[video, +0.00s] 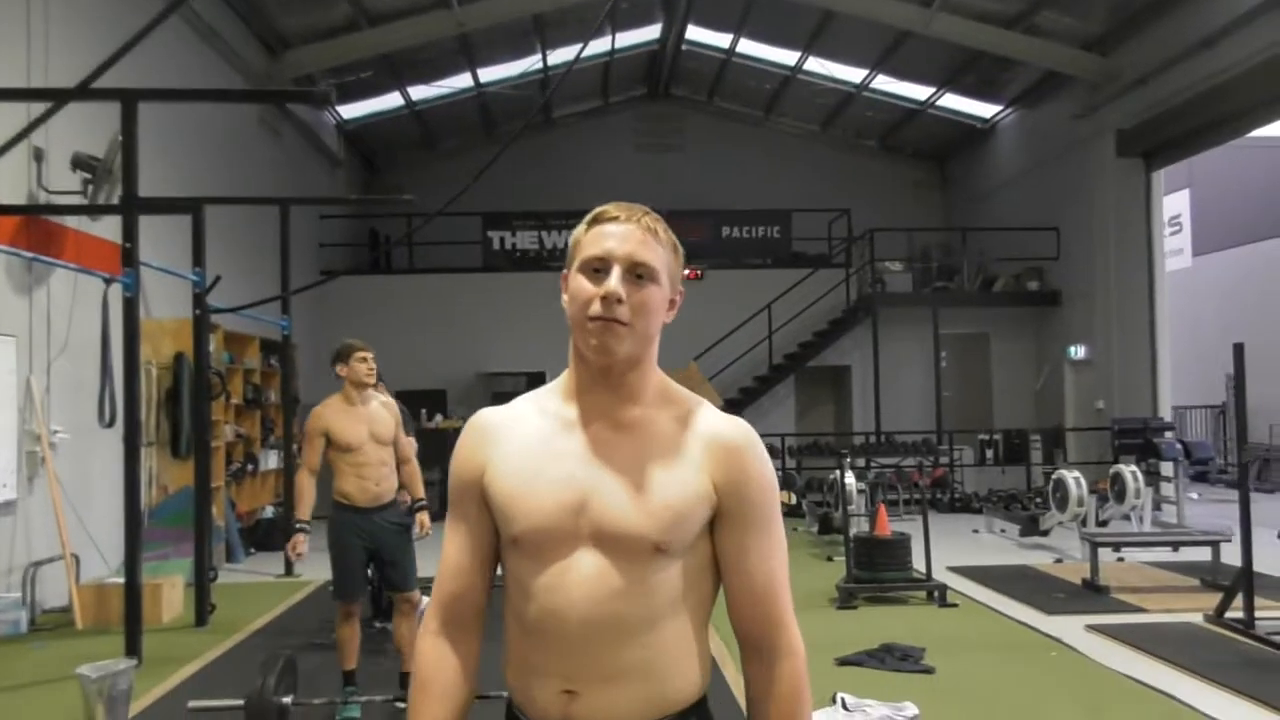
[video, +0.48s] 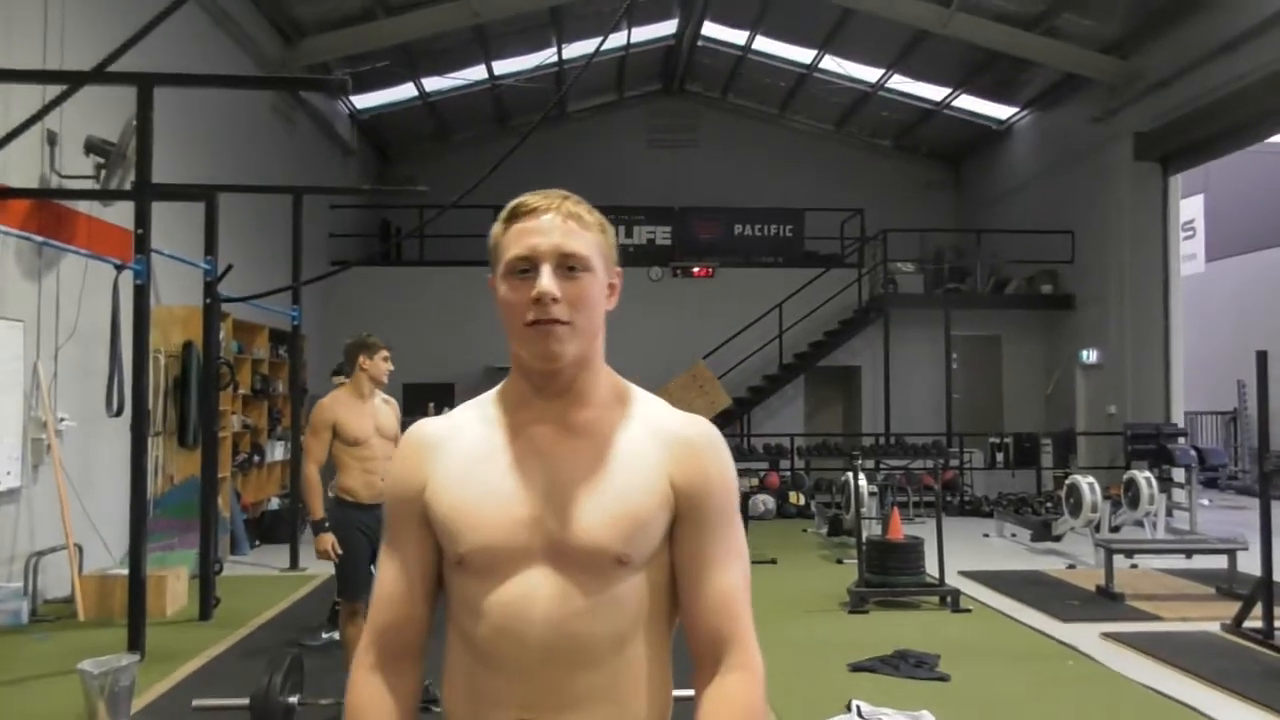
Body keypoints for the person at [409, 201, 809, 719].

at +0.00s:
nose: (612, 290)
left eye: (638, 276)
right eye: (594, 270)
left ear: (672, 304)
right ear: (566, 289)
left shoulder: (725, 447)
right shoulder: (491, 438)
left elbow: (771, 650)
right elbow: (448, 632)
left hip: (678, 712)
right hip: (530, 713)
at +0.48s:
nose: (545, 289)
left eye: (571, 268)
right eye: (523, 269)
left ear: (611, 289)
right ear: (495, 292)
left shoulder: (687, 448)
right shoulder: (429, 450)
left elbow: (730, 663)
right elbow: (386, 664)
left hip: (627, 708)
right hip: (474, 708)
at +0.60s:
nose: (512, 292)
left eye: (537, 269)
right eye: (488, 272)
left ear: (580, 290)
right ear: (462, 297)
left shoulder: (662, 450)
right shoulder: (400, 459)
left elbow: (712, 668)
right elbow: (357, 673)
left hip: (605, 713)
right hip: (449, 714)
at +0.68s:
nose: (489, 289)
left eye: (515, 265)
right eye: (466, 270)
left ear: (560, 286)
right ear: (442, 296)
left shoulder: (646, 448)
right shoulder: (384, 460)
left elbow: (705, 676)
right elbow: (340, 679)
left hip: (593, 707)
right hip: (434, 711)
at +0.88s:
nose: (462, 283)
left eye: (490, 259)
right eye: (439, 264)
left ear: (538, 282)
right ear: (418, 291)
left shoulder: (628, 445)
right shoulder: (366, 461)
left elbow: (697, 677)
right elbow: (322, 687)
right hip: (419, 709)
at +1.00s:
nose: (465, 285)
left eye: (495, 262)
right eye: (444, 266)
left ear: (545, 286)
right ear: (423, 293)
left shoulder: (633, 452)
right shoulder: (369, 464)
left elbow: (697, 687)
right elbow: (323, 690)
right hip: (418, 710)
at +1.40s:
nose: (535, 299)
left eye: (568, 279)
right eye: (516, 273)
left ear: (612, 310)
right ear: (484, 293)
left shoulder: (684, 473)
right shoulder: (406, 470)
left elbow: (735, 704)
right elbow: (360, 697)